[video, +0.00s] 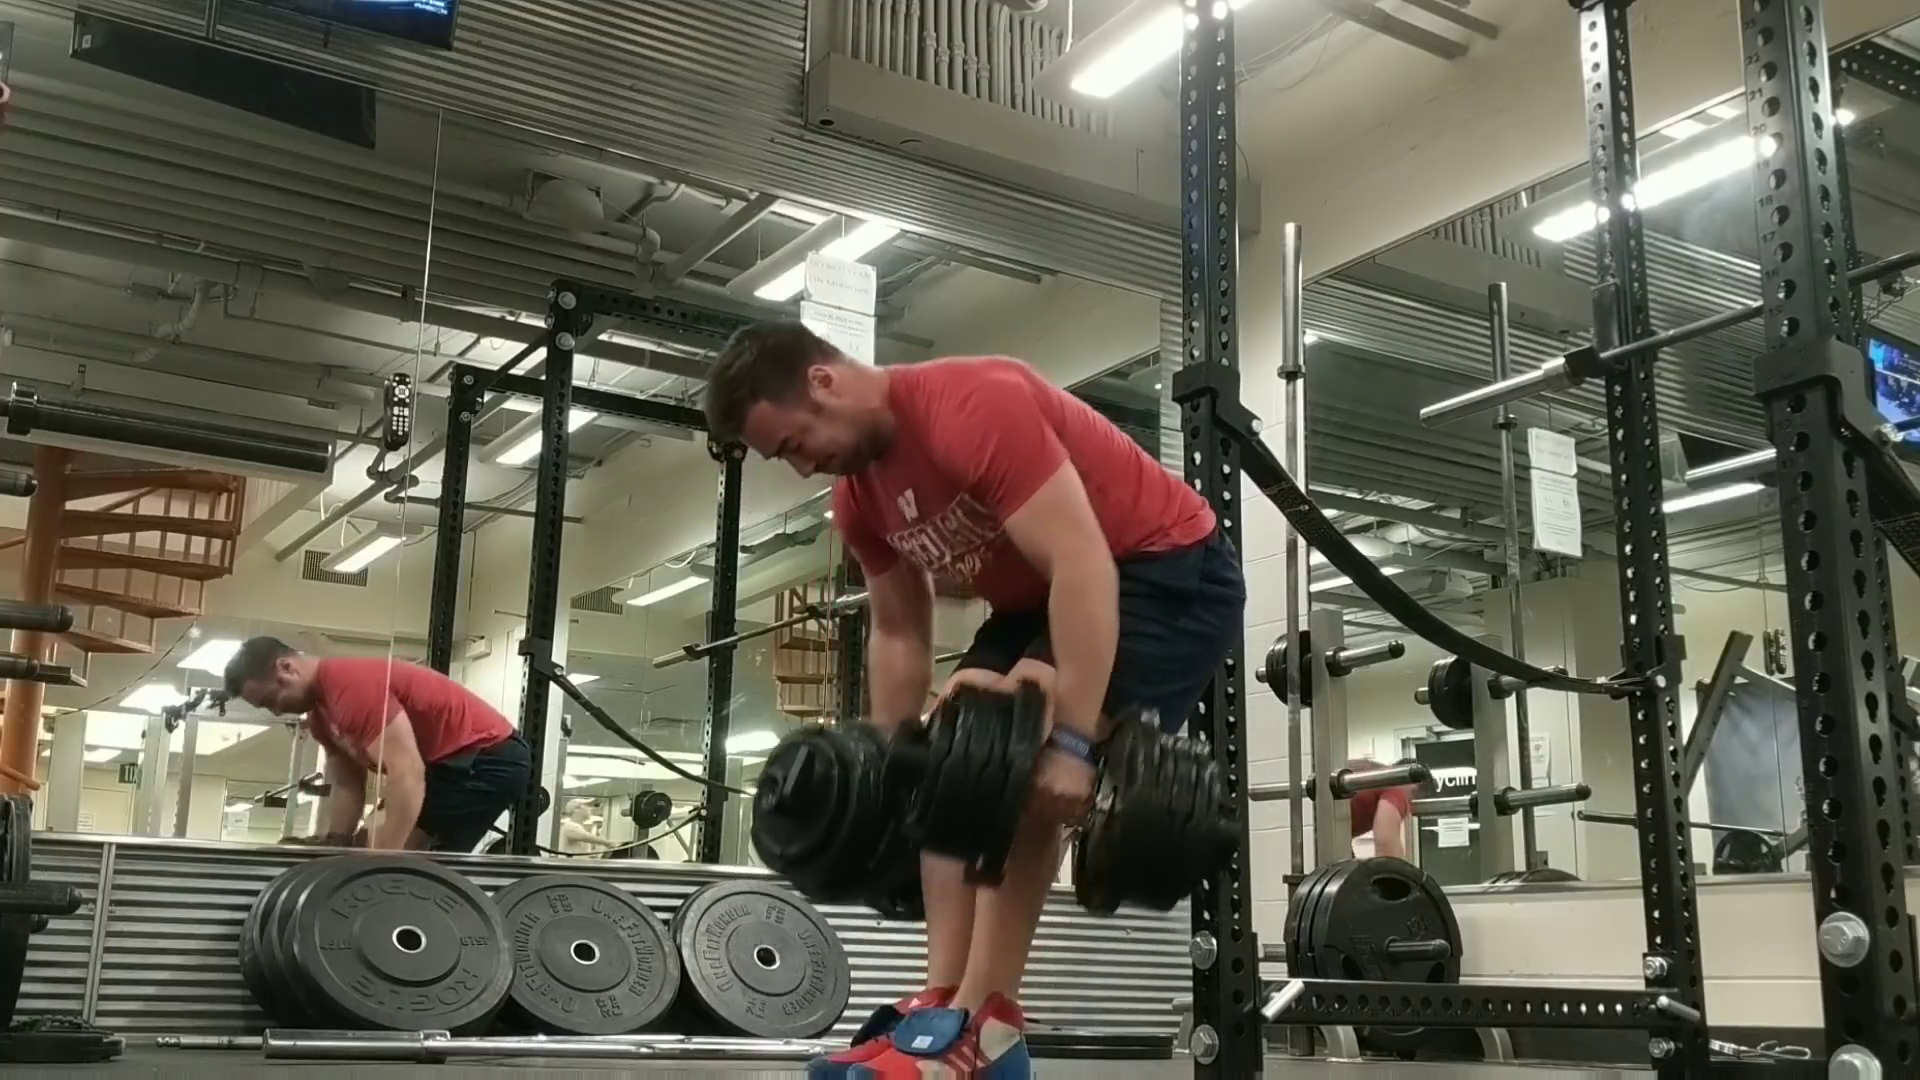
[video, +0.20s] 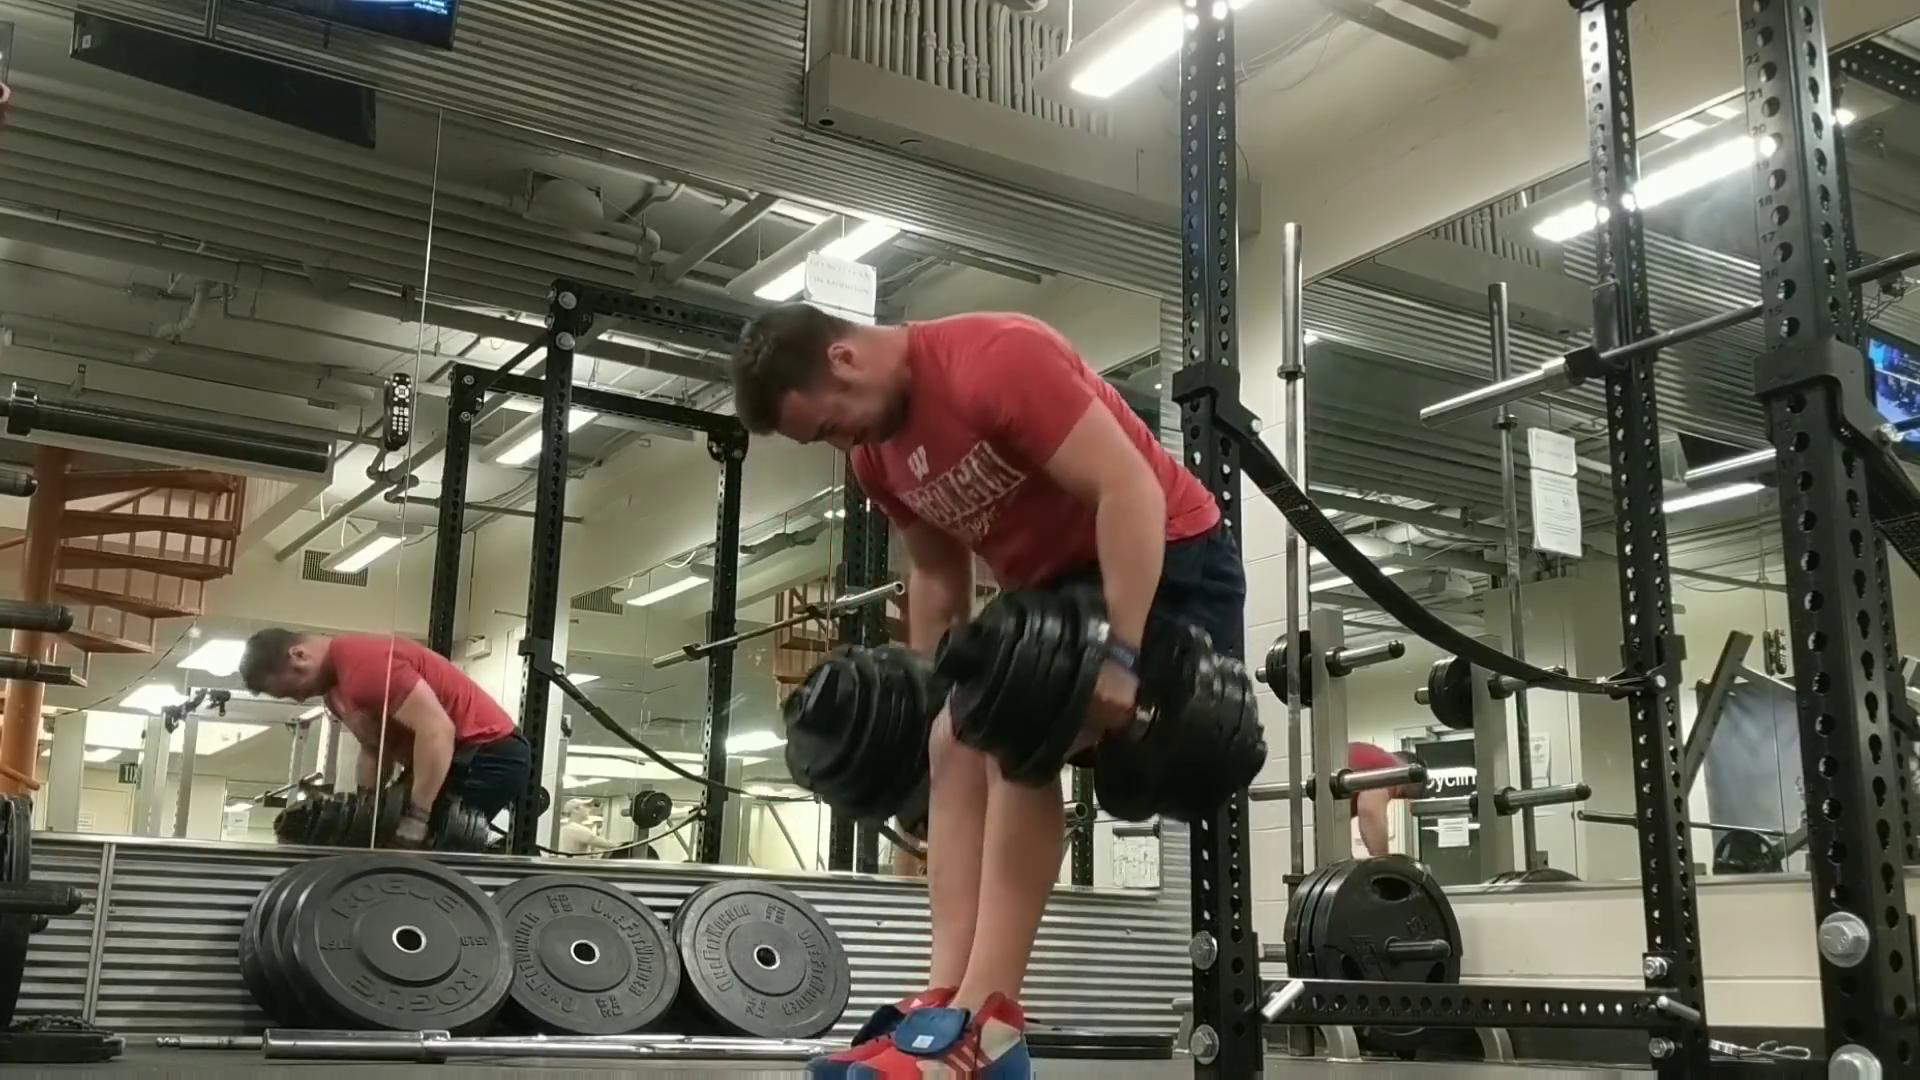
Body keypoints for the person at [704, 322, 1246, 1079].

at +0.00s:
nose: (802, 467)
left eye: (795, 442)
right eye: (784, 458)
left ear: (826, 380)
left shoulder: (976, 408)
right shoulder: (859, 502)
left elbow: (1082, 561)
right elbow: (897, 630)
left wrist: (1073, 740)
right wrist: (885, 778)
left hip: (1169, 569)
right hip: (1044, 594)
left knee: (1035, 762)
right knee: (949, 753)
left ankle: (990, 1017)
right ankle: (941, 1002)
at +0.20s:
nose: (840, 445)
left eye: (829, 425)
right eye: (822, 440)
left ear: (846, 357)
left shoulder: (996, 359)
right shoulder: (875, 456)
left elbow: (1129, 488)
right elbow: (937, 570)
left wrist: (1120, 653)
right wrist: (914, 703)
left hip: (1162, 564)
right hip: (1053, 588)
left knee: (1023, 738)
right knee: (953, 732)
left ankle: (992, 1015)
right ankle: (943, 1000)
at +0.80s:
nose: (820, 472)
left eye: (811, 453)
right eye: (802, 467)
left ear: (831, 386)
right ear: (831, 389)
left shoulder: (984, 393)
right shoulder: (864, 477)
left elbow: (1088, 552)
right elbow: (901, 618)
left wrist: (1088, 733)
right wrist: (882, 767)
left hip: (1165, 568)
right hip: (1040, 593)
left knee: (1035, 761)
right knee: (958, 748)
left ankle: (990, 1020)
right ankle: (942, 1002)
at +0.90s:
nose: (808, 477)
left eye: (798, 457)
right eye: (790, 471)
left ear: (823, 390)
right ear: (823, 393)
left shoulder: (976, 407)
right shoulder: (857, 493)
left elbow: (1051, 590)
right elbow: (885, 641)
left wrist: (1055, 774)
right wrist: (872, 794)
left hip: (1163, 570)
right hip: (1043, 596)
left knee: (1028, 743)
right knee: (947, 746)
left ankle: (989, 1018)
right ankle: (944, 999)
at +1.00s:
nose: (794, 488)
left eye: (786, 464)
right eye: (776, 478)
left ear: (817, 400)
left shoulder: (971, 425)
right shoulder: (852, 515)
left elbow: (1023, 614)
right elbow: (872, 665)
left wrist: (1032, 806)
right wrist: (859, 824)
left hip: (1167, 573)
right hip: (1060, 599)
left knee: (1016, 732)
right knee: (943, 736)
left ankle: (992, 1017)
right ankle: (945, 995)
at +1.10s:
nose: (783, 501)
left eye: (778, 474)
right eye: (765, 488)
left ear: (814, 411)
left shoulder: (966, 446)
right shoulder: (848, 532)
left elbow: (1004, 649)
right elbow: (862, 686)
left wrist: (1009, 832)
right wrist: (851, 849)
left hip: (1166, 577)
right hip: (1058, 606)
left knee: (1008, 740)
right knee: (939, 739)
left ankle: (991, 1021)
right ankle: (936, 1004)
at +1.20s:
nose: (773, 512)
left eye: (769, 487)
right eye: (757, 500)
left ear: (807, 426)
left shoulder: (955, 465)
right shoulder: (845, 546)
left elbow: (989, 667)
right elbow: (855, 704)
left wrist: (991, 854)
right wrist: (848, 866)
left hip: (1167, 578)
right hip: (1062, 611)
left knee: (1012, 735)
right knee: (939, 739)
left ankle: (992, 1027)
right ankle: (936, 1016)